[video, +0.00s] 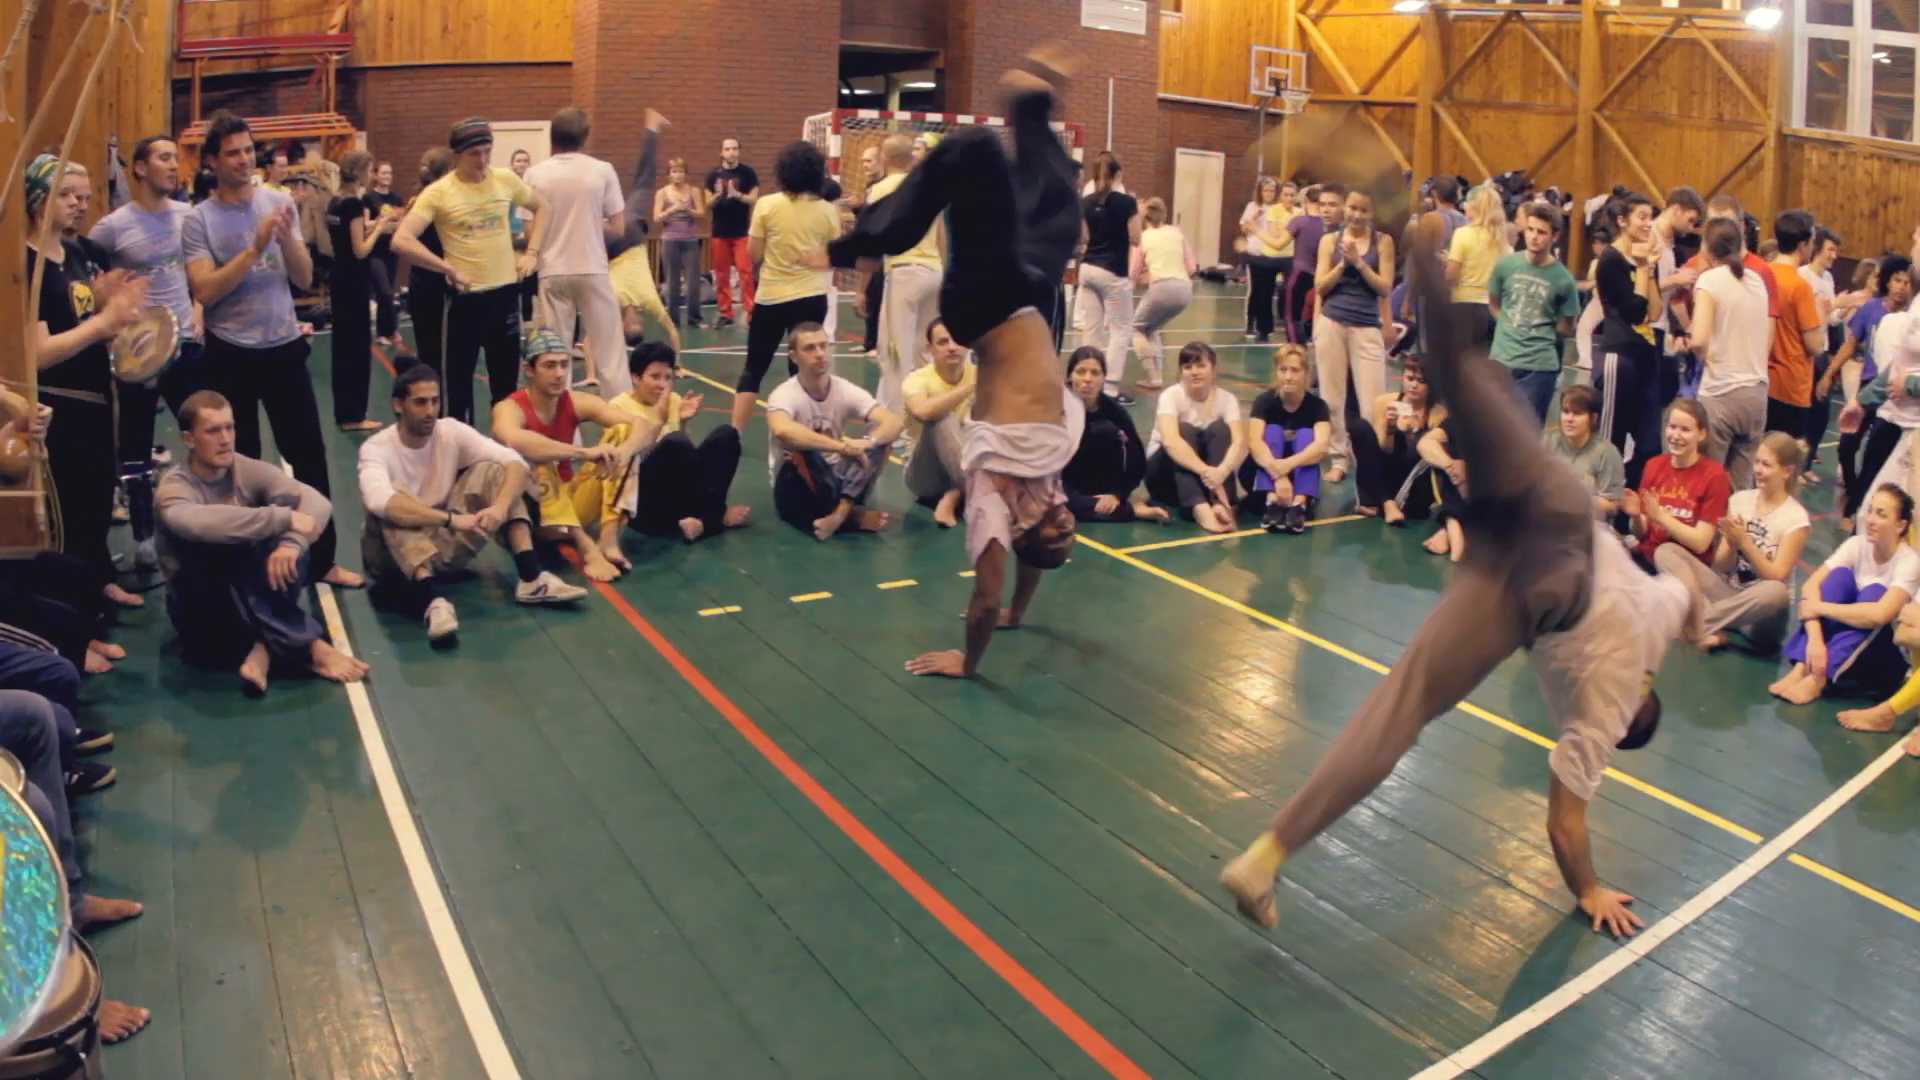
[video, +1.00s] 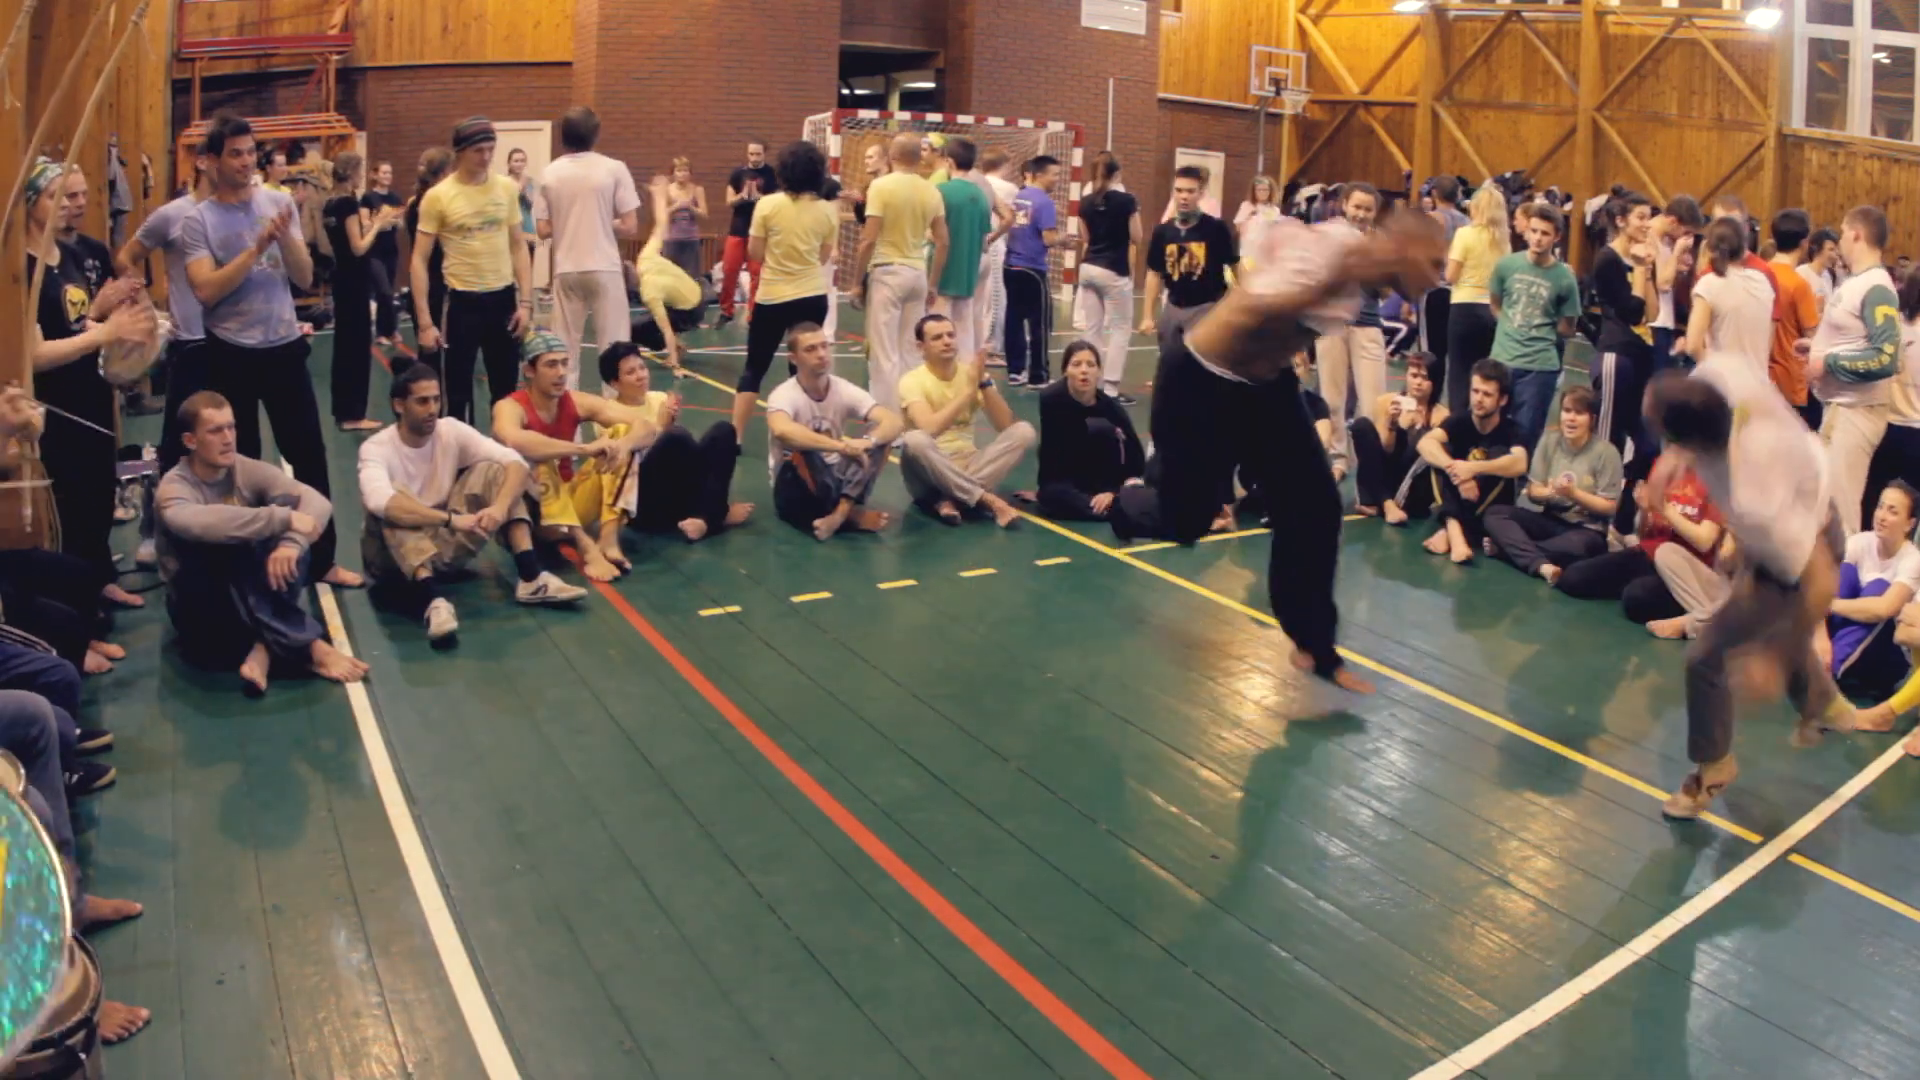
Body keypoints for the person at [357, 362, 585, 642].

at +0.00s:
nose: (430, 411)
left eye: (435, 402)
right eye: (420, 403)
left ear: (441, 402)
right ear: (398, 405)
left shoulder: (450, 431)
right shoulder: (376, 449)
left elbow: (516, 464)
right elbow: (380, 503)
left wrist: (500, 509)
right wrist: (451, 519)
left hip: (449, 545)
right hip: (398, 551)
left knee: (492, 470)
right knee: (396, 500)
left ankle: (532, 577)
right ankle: (434, 602)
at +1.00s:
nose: (432, 409)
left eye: (436, 400)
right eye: (422, 402)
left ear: (441, 399)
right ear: (398, 405)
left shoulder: (450, 430)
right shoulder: (376, 449)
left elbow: (516, 464)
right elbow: (380, 502)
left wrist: (500, 509)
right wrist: (450, 519)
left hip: (450, 545)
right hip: (399, 550)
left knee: (493, 470)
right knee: (396, 500)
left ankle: (532, 577)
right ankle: (434, 602)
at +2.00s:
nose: (433, 410)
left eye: (437, 401)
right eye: (423, 403)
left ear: (442, 401)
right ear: (399, 405)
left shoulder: (451, 431)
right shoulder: (376, 449)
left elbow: (516, 464)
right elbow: (380, 502)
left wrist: (500, 509)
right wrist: (450, 520)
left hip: (449, 547)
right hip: (398, 553)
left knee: (491, 470)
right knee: (396, 498)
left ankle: (532, 577)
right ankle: (434, 601)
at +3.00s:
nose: (429, 410)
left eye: (433, 400)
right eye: (419, 402)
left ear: (439, 400)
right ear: (396, 407)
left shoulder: (449, 431)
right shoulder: (374, 450)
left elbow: (515, 463)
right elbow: (378, 502)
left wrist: (499, 508)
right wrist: (449, 519)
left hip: (448, 548)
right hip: (397, 554)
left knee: (490, 470)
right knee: (395, 498)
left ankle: (532, 577)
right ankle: (434, 602)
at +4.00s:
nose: (432, 411)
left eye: (435, 401)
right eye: (422, 403)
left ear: (440, 401)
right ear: (398, 407)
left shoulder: (450, 431)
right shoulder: (376, 449)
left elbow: (516, 463)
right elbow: (380, 502)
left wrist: (500, 508)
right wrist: (450, 519)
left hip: (449, 546)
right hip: (397, 553)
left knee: (493, 470)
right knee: (395, 499)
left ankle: (532, 576)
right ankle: (434, 601)